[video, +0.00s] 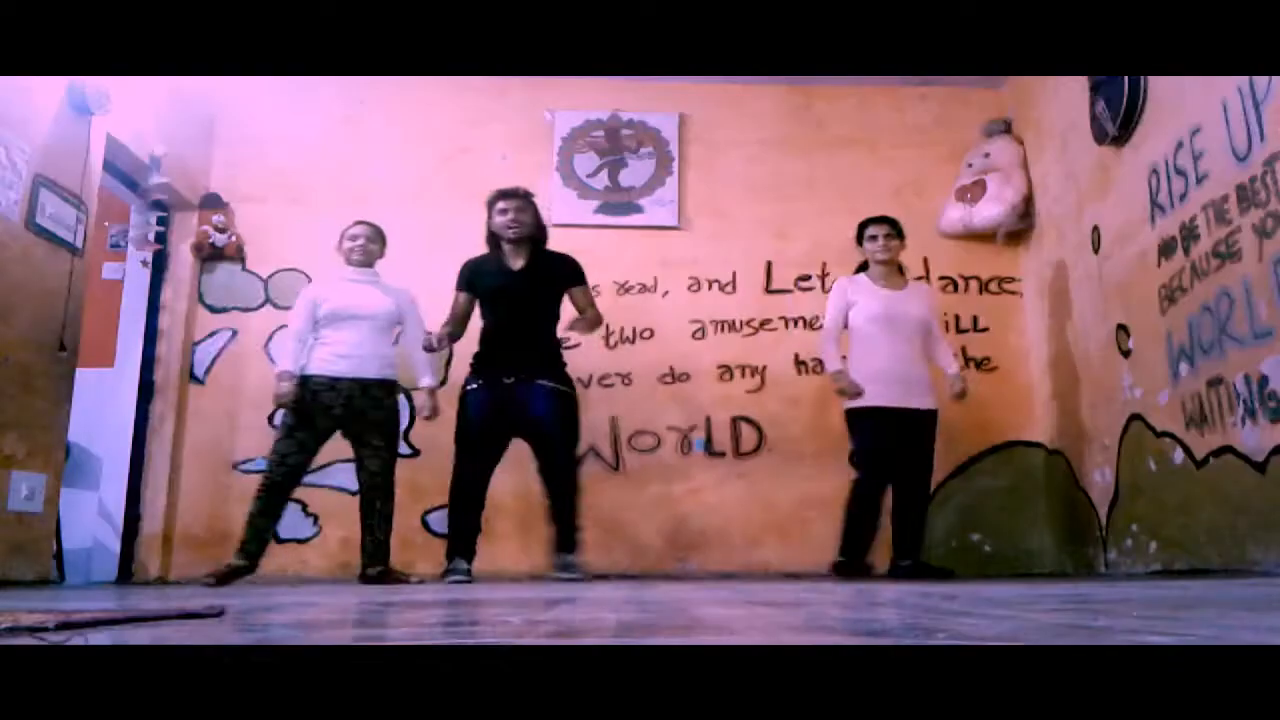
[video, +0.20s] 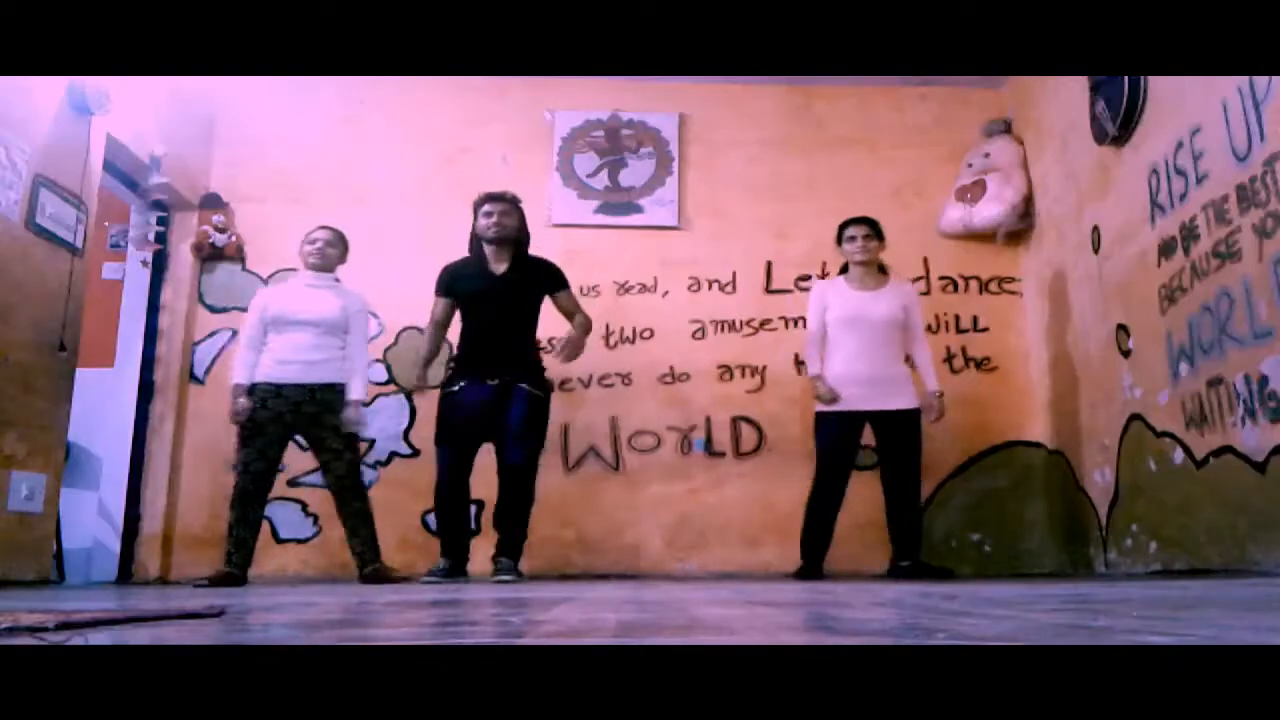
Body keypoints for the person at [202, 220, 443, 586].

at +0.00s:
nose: (360, 244)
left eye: (368, 239)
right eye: (353, 238)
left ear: (381, 251)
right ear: (339, 247)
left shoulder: (399, 297)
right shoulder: (318, 290)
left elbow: (419, 343)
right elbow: (297, 335)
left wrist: (427, 387)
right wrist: (286, 377)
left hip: (375, 395)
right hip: (318, 391)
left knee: (378, 483)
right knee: (281, 473)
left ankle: (376, 566)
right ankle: (245, 559)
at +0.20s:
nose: (318, 246)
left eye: (328, 242)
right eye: (311, 241)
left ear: (342, 257)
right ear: (300, 251)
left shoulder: (351, 299)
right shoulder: (271, 292)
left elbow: (357, 353)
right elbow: (249, 342)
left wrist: (355, 400)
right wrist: (240, 390)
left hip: (326, 398)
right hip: (270, 396)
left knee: (347, 481)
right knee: (251, 482)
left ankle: (370, 565)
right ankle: (235, 569)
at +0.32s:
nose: (306, 243)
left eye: (316, 240)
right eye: (298, 239)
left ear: (329, 255)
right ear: (286, 249)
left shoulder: (338, 298)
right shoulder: (257, 290)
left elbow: (342, 354)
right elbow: (235, 340)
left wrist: (327, 397)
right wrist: (225, 388)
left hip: (313, 395)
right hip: (257, 395)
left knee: (333, 482)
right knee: (247, 484)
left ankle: (352, 564)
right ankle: (235, 568)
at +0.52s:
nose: (288, 247)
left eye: (298, 244)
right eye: (282, 241)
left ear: (312, 256)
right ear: (269, 250)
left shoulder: (325, 299)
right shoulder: (243, 292)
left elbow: (330, 352)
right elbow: (220, 343)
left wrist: (318, 391)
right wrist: (207, 392)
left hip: (300, 395)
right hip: (244, 394)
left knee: (320, 480)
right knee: (238, 483)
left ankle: (341, 566)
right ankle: (233, 569)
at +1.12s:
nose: (260, 212)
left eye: (270, 208)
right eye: (248, 206)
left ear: (282, 225)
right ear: (229, 221)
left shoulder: (293, 281)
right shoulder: (214, 263)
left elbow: (284, 340)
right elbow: (198, 319)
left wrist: (286, 390)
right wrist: (207, 364)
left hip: (276, 400)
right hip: (216, 392)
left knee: (261, 509)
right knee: (202, 500)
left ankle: (228, 607)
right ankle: (190, 607)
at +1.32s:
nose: (287, 213)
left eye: (295, 208)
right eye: (274, 207)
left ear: (306, 223)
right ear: (254, 222)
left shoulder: (298, 277)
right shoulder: (251, 257)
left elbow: (315, 320)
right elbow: (262, 298)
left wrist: (325, 341)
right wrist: (308, 332)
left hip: (294, 396)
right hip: (239, 391)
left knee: (306, 500)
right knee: (221, 498)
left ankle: (292, 606)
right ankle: (190, 608)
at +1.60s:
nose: (329, 207)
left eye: (336, 202)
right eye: (316, 202)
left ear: (346, 216)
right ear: (296, 217)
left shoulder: (331, 267)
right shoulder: (302, 254)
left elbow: (338, 344)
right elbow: (262, 310)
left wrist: (382, 383)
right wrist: (257, 370)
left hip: (329, 384)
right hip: (309, 382)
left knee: (340, 487)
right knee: (347, 483)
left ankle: (312, 600)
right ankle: (286, 592)